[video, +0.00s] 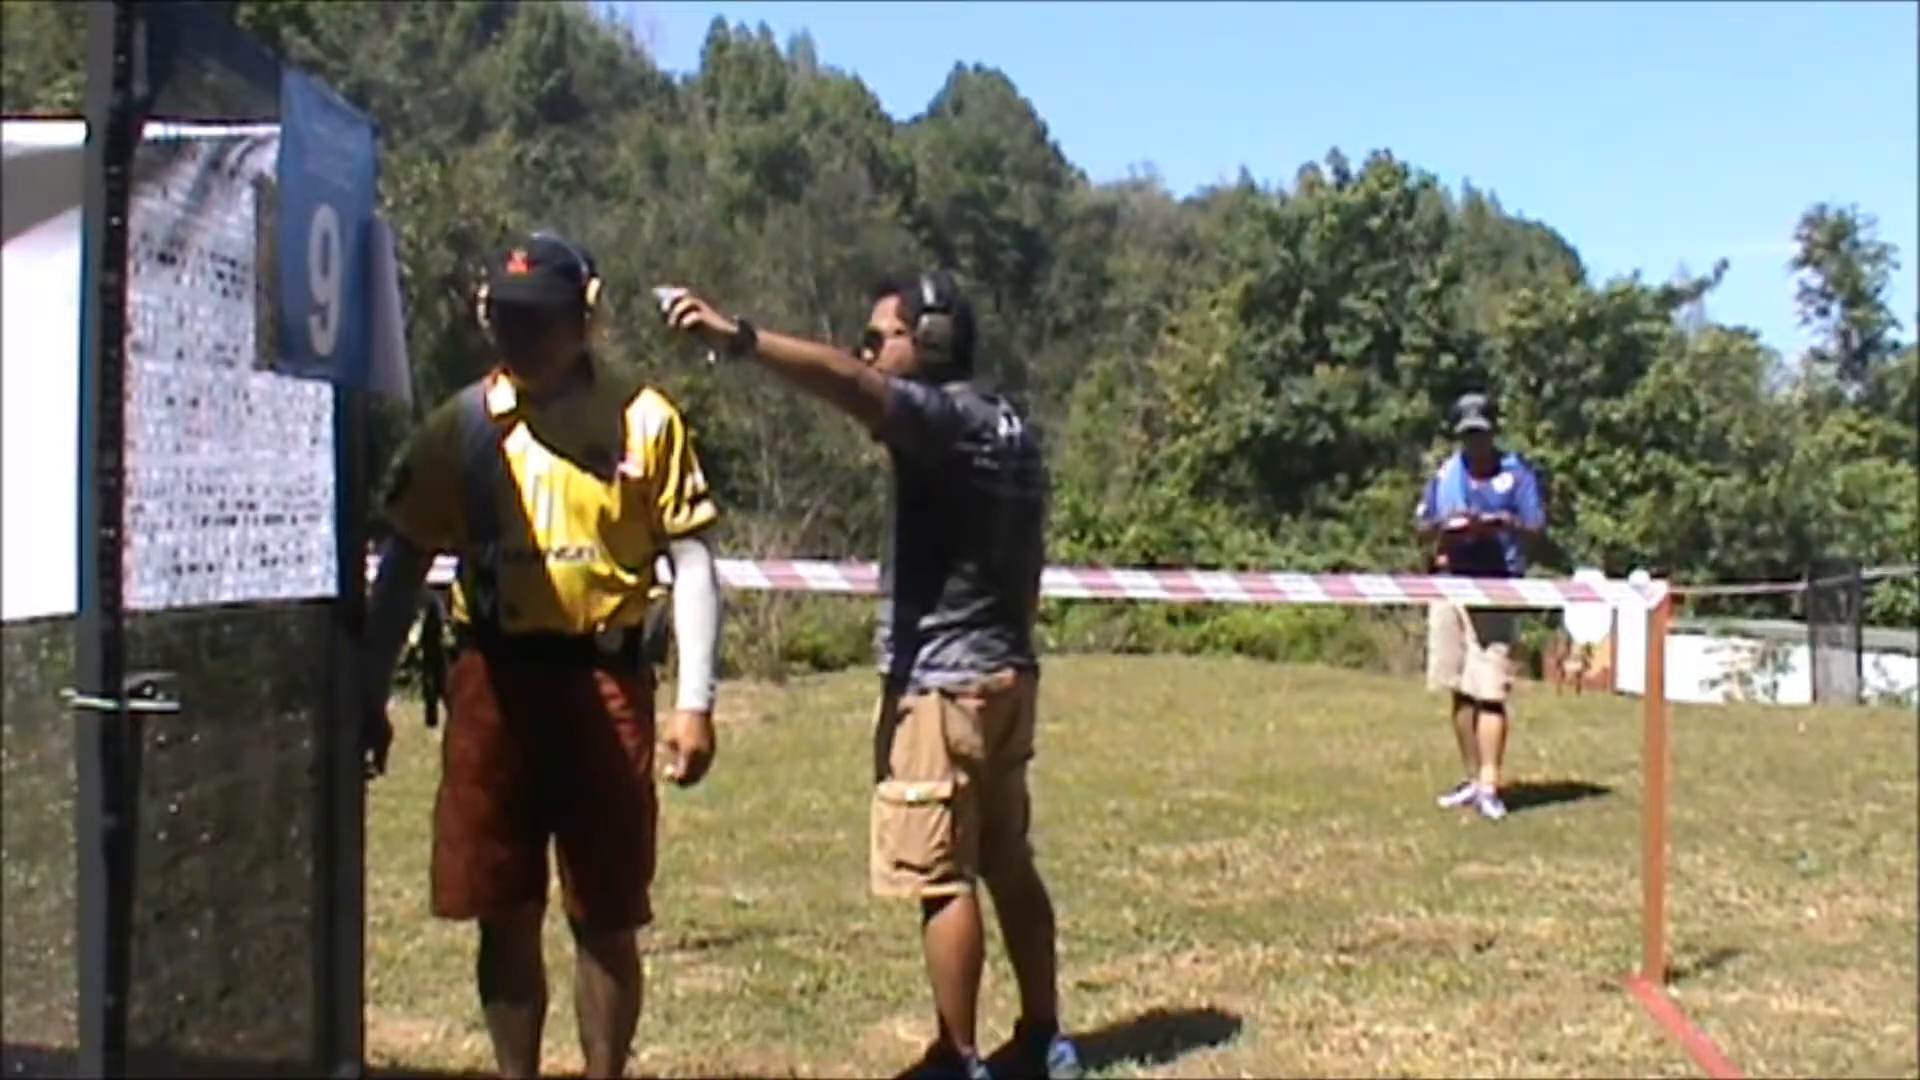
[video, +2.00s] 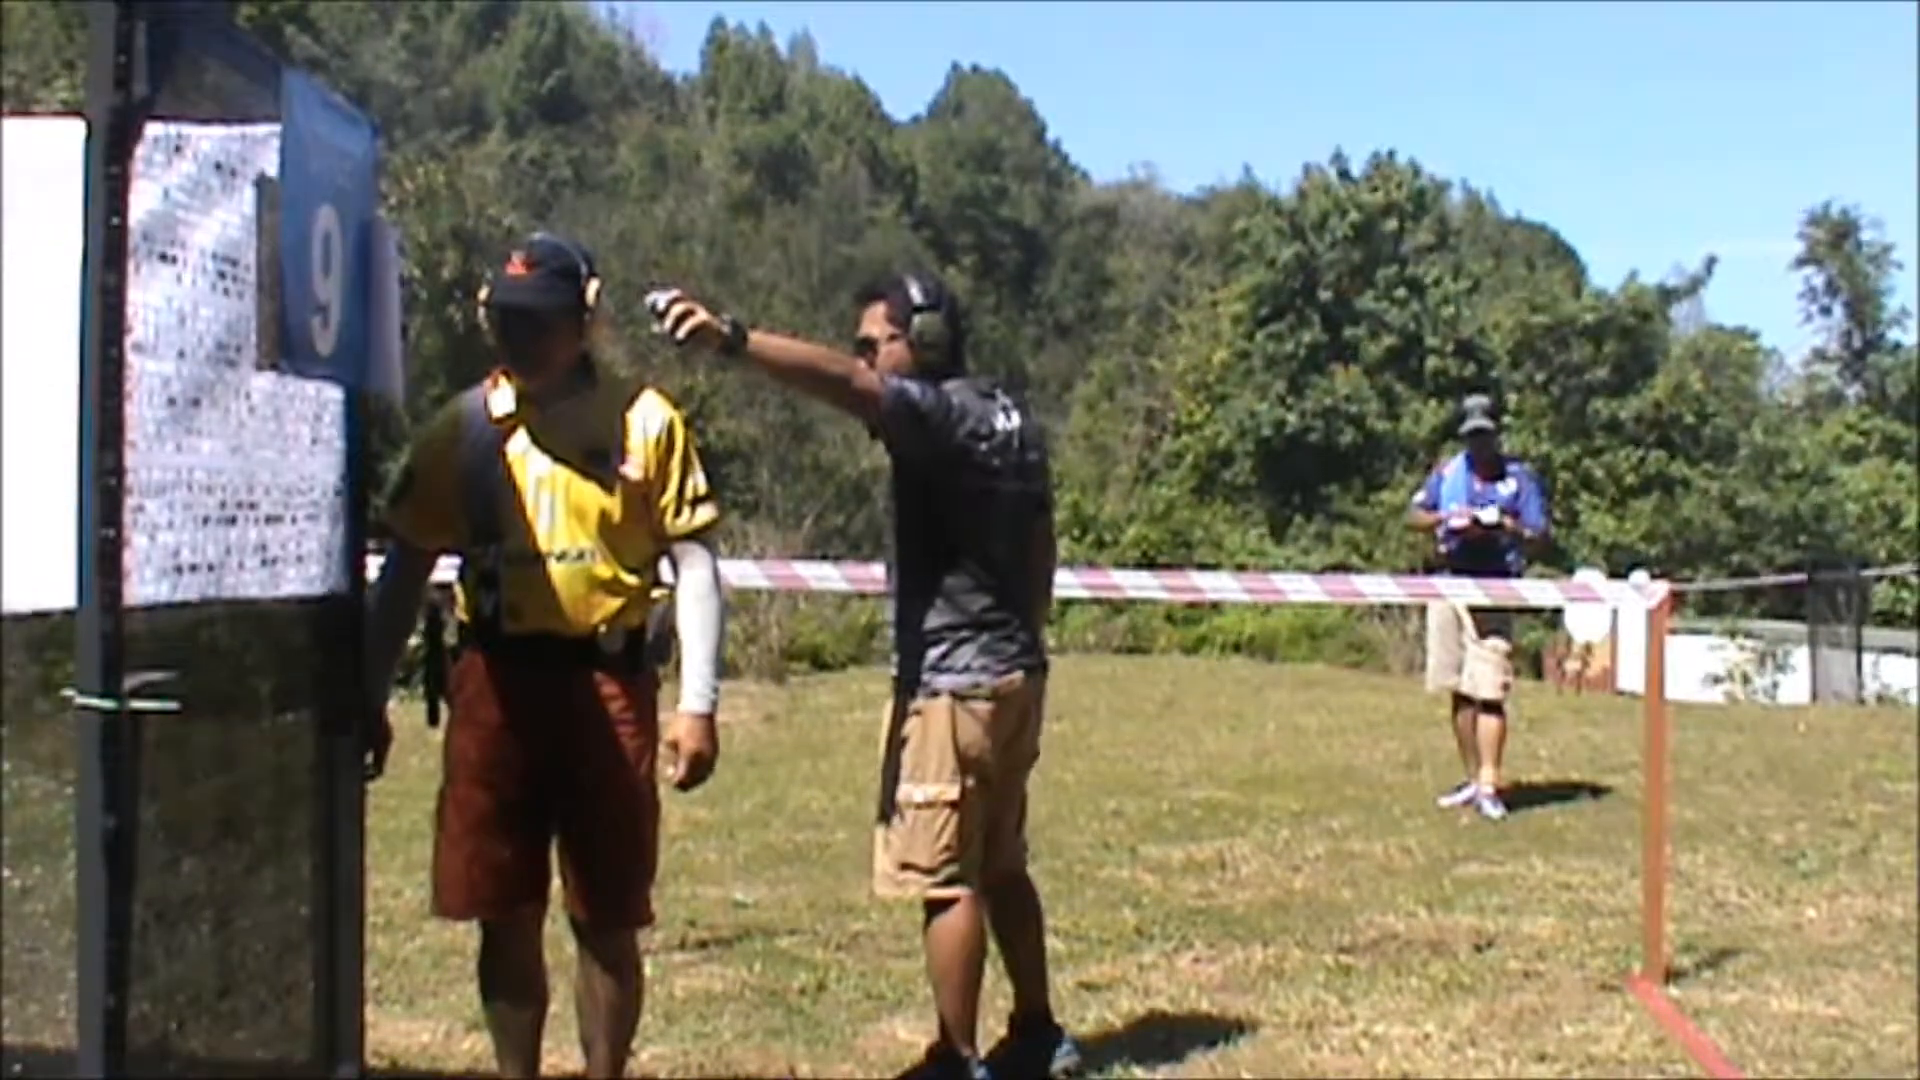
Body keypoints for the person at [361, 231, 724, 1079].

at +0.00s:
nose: (515, 335)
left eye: (535, 320)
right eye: (505, 318)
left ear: (585, 323)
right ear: (490, 317)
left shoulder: (645, 423)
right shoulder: (464, 425)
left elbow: (692, 561)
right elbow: (404, 564)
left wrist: (696, 697)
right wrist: (370, 695)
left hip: (606, 694)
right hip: (496, 694)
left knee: (606, 924)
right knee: (503, 915)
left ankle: (605, 1072)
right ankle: (517, 1072)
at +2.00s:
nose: (517, 340)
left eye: (537, 324)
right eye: (507, 321)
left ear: (585, 327)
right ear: (492, 319)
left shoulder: (646, 423)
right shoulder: (467, 425)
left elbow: (694, 565)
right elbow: (407, 567)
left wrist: (698, 701)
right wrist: (370, 697)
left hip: (607, 693)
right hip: (496, 693)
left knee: (607, 924)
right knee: (504, 916)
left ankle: (605, 1071)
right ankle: (518, 1072)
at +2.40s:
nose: (580, 433)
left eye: (595, 416)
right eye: (562, 416)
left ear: (624, 394)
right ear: (531, 394)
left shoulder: (671, 461)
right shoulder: (490, 432)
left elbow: (752, 583)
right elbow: (425, 475)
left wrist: (813, 718)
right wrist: (436, 583)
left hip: (645, 702)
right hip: (526, 698)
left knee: (724, 898)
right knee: (493, 922)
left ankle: (719, 1061)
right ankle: (509, 1072)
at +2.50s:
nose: (594, 453)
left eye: (610, 435)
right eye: (575, 437)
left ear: (638, 411)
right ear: (545, 413)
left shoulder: (685, 481)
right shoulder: (495, 455)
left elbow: (766, 594)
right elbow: (455, 522)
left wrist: (818, 723)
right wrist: (479, 649)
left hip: (664, 714)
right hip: (541, 712)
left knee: (757, 909)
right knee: (491, 928)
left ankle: (789, 1048)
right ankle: (503, 1071)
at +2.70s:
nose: (704, 512)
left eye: (712, 491)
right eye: (682, 500)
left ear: (726, 467)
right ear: (638, 485)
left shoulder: (772, 547)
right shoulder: (581, 514)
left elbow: (843, 644)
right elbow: (531, 551)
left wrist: (916, 759)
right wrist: (552, 665)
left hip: (736, 769)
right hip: (613, 763)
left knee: (850, 946)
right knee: (538, 957)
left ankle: (916, 1070)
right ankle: (525, 1071)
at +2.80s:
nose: (811, 500)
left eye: (826, 481)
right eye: (789, 483)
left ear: (848, 464)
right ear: (748, 466)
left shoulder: (885, 552)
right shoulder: (693, 502)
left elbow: (975, 646)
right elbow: (617, 522)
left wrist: (1063, 756)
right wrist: (635, 637)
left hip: (815, 780)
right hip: (690, 763)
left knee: (909, 951)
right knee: (583, 948)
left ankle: (927, 1072)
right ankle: (537, 1070)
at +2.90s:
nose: (863, 450)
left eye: (883, 432)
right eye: (848, 432)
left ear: (924, 430)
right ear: (830, 425)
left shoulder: (975, 534)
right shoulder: (787, 475)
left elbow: (1068, 628)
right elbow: (710, 492)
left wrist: (1157, 742)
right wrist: (721, 599)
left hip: (890, 763)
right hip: (769, 740)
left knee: (946, 961)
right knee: (648, 936)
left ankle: (954, 1076)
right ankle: (562, 1066)